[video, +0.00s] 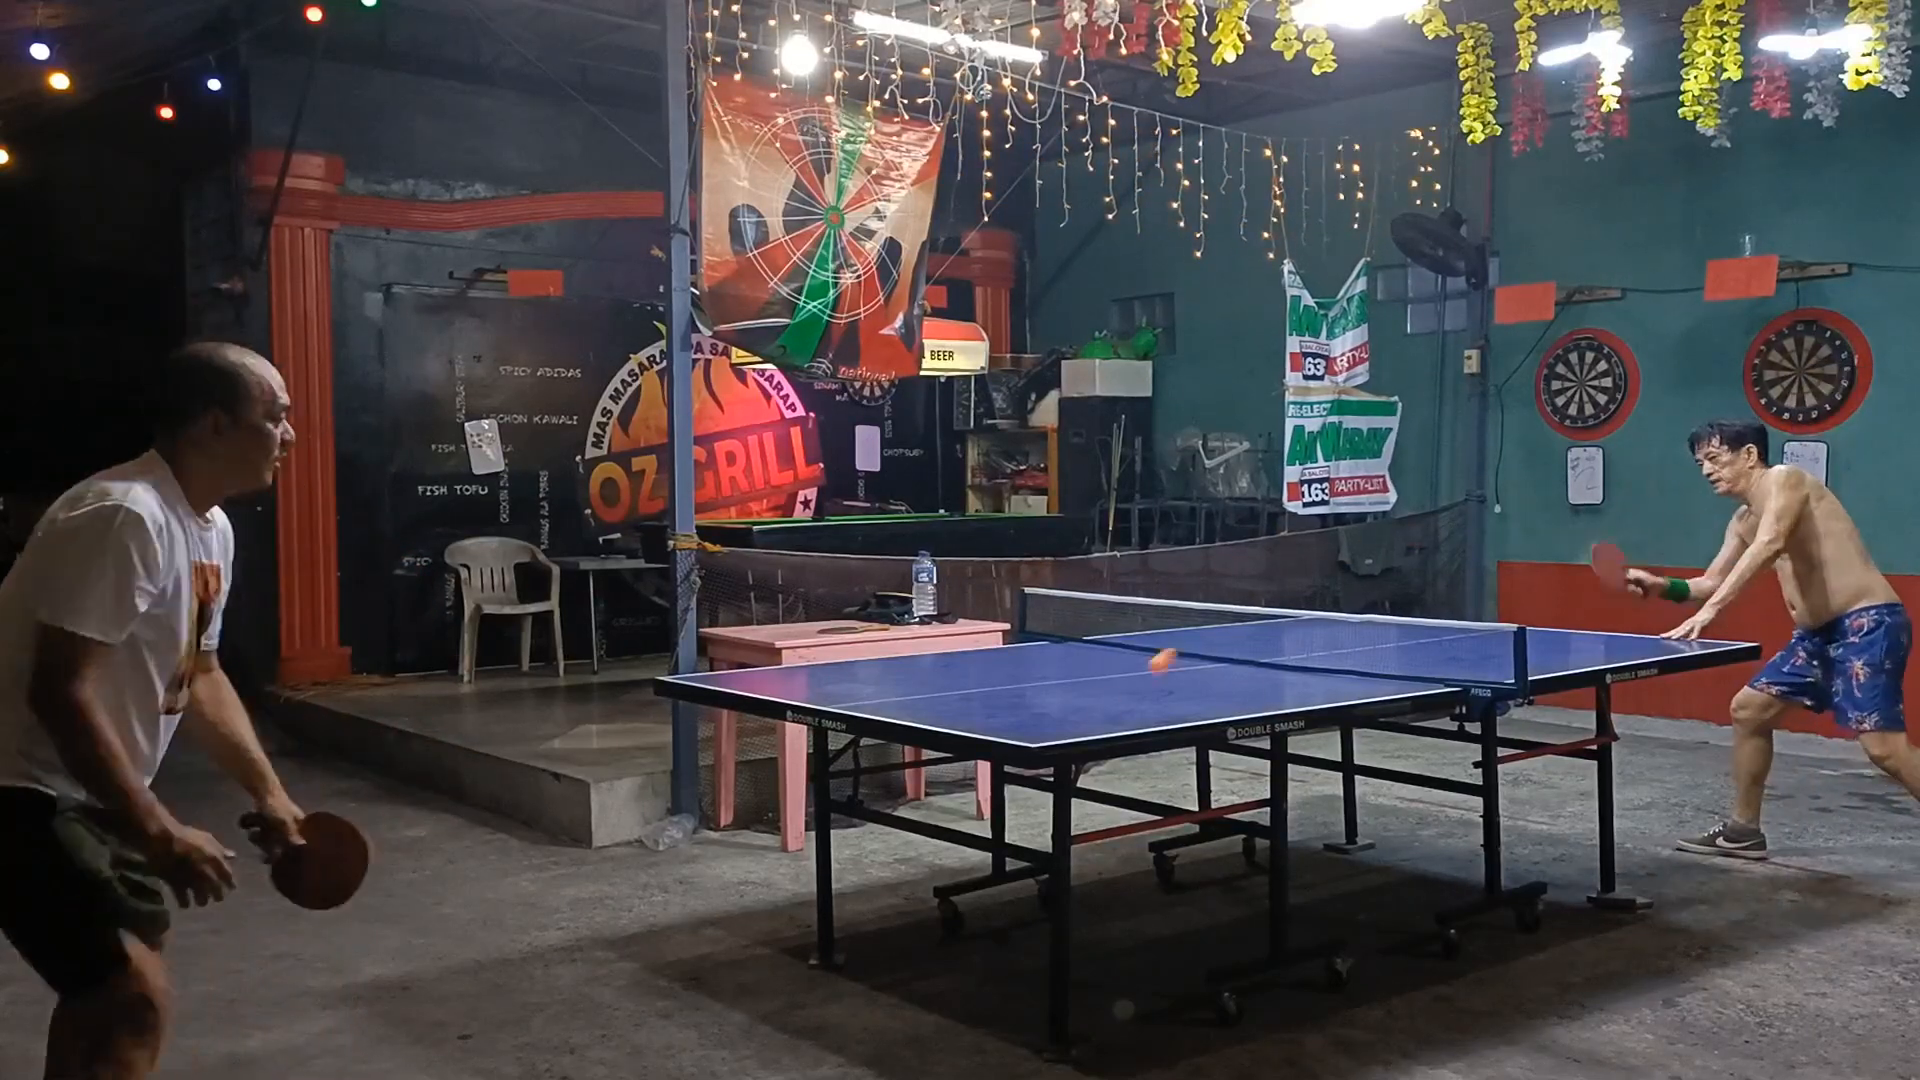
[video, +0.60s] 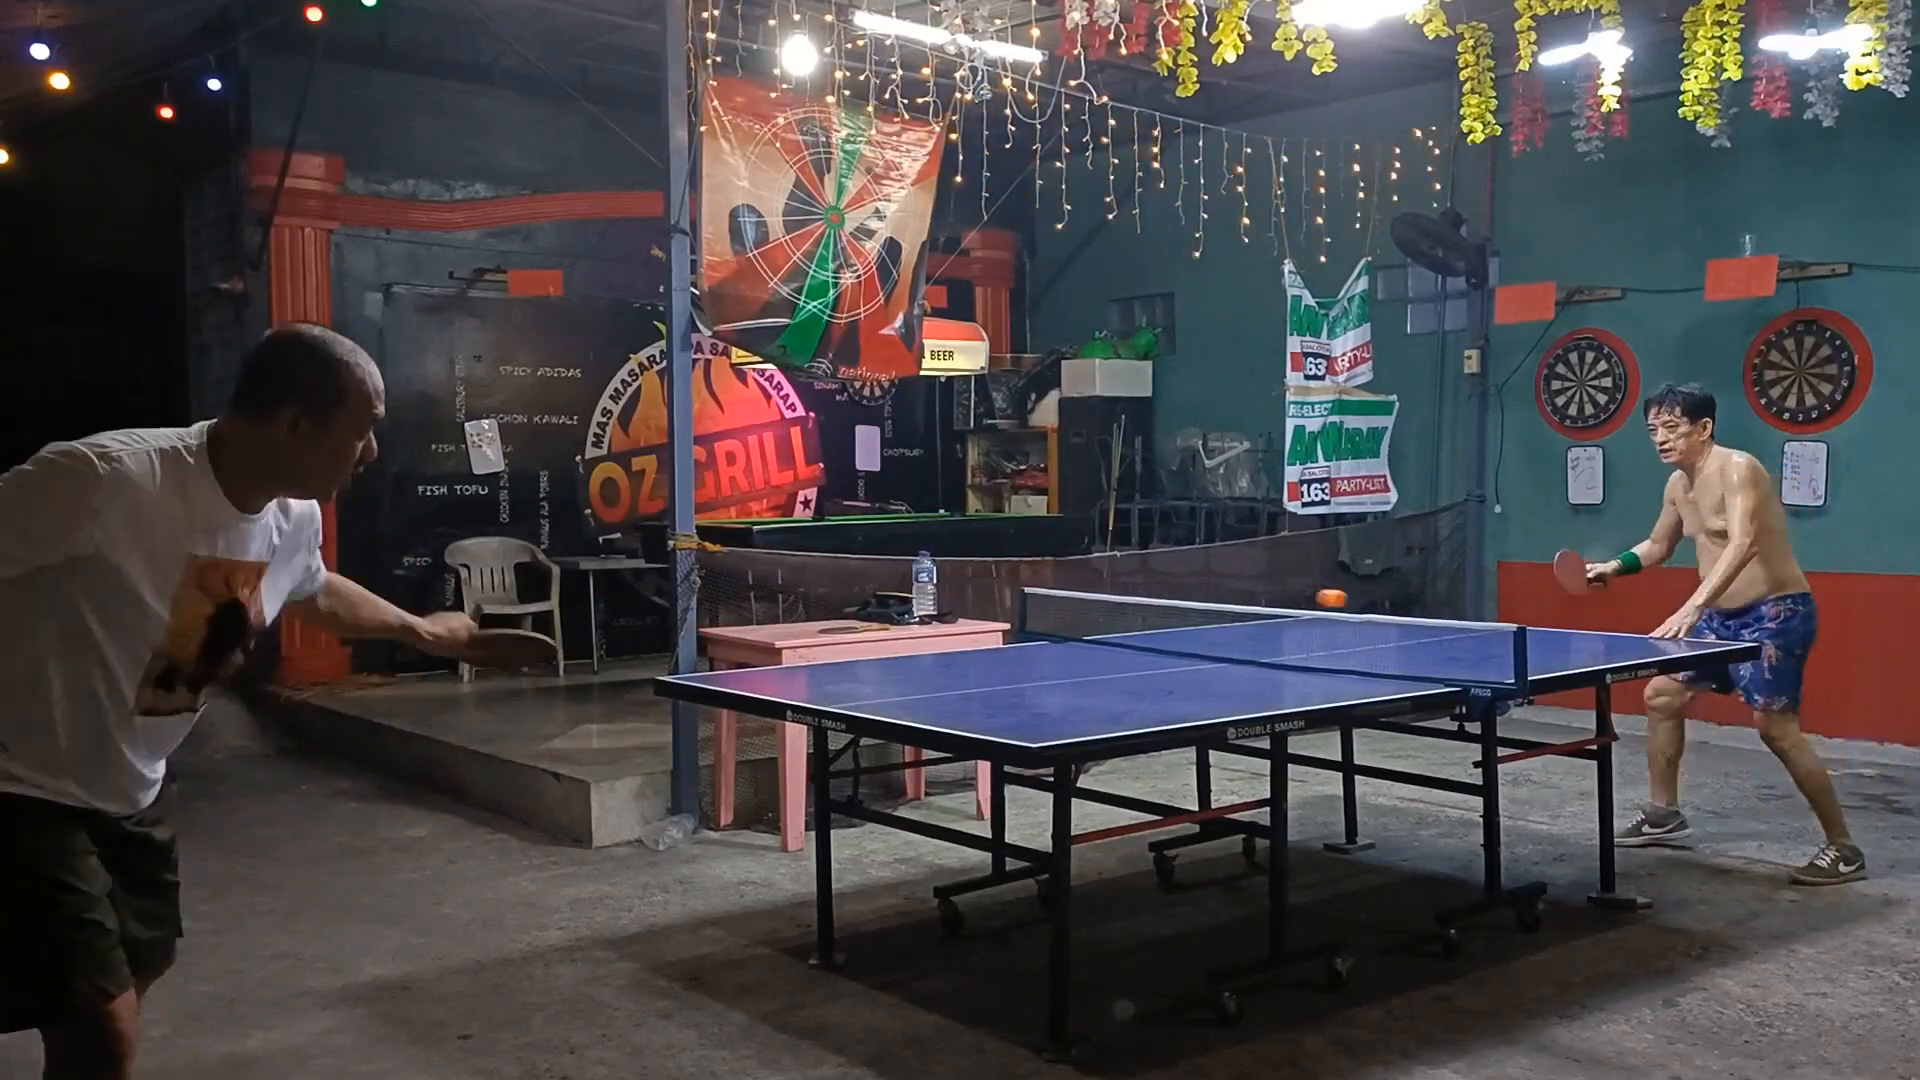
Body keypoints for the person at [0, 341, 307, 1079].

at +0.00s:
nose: (288, 434)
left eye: (286, 416)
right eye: (274, 416)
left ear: (221, 431)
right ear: (214, 426)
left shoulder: (213, 528)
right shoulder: (120, 519)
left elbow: (197, 673)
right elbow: (57, 687)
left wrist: (269, 793)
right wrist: (158, 830)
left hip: (102, 801)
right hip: (26, 797)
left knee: (101, 1009)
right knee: (131, 1005)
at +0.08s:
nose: (303, 449)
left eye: (301, 430)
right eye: (290, 430)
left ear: (229, 440)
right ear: (225, 437)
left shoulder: (234, 535)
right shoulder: (107, 530)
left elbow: (224, 681)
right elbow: (28, 699)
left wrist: (307, 787)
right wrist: (126, 849)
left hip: (99, 814)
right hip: (22, 804)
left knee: (92, 1021)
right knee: (113, 1021)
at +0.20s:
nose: (334, 484)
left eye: (332, 463)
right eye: (319, 464)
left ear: (250, 474)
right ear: (247, 471)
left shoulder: (267, 561)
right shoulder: (103, 556)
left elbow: (276, 706)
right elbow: (9, 725)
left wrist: (366, 700)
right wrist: (59, 905)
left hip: (98, 836)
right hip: (30, 830)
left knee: (44, 1055)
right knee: (125, 1037)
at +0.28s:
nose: (345, 497)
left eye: (344, 476)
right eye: (329, 479)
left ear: (260, 488)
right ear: (256, 484)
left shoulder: (281, 566)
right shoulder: (106, 566)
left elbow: (311, 714)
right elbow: (2, 740)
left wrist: (376, 669)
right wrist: (23, 923)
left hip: (99, 836)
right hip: (26, 831)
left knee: (37, 1055)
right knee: (124, 1037)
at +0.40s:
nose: (355, 499)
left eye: (359, 478)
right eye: (345, 477)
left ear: (278, 474)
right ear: (272, 471)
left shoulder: (293, 561)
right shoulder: (91, 529)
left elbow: (404, 675)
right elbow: (3, 653)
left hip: (109, 825)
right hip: (24, 816)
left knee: (37, 1048)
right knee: (104, 1042)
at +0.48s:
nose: (363, 481)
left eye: (366, 460)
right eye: (354, 460)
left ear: (287, 457)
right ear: (282, 451)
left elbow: (395, 658)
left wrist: (505, 733)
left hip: (118, 813)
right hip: (21, 803)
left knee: (58, 1045)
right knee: (90, 1041)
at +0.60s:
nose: (372, 453)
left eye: (374, 432)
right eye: (364, 431)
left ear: (299, 427)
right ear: (296, 425)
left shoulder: (293, 519)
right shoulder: (102, 482)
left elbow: (319, 592)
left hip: (133, 799)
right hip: (26, 792)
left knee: (114, 1022)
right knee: (100, 1036)